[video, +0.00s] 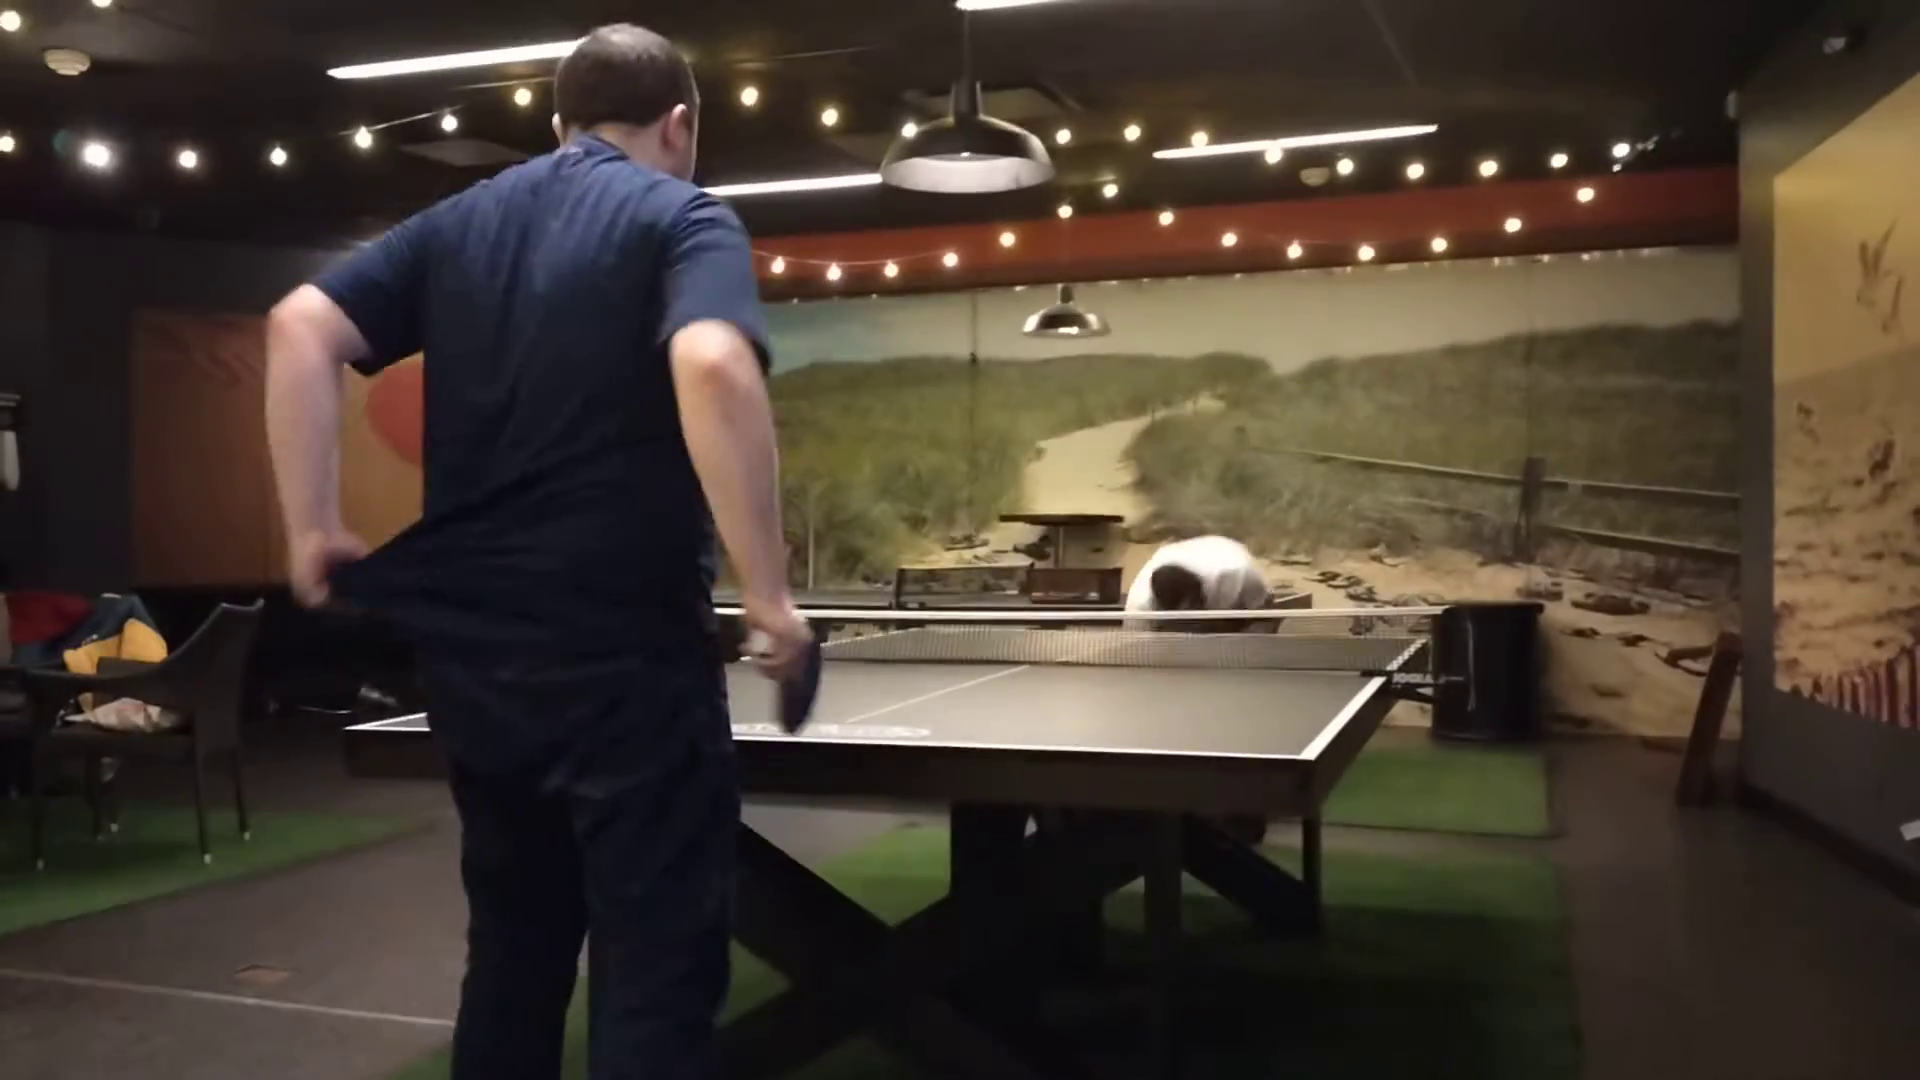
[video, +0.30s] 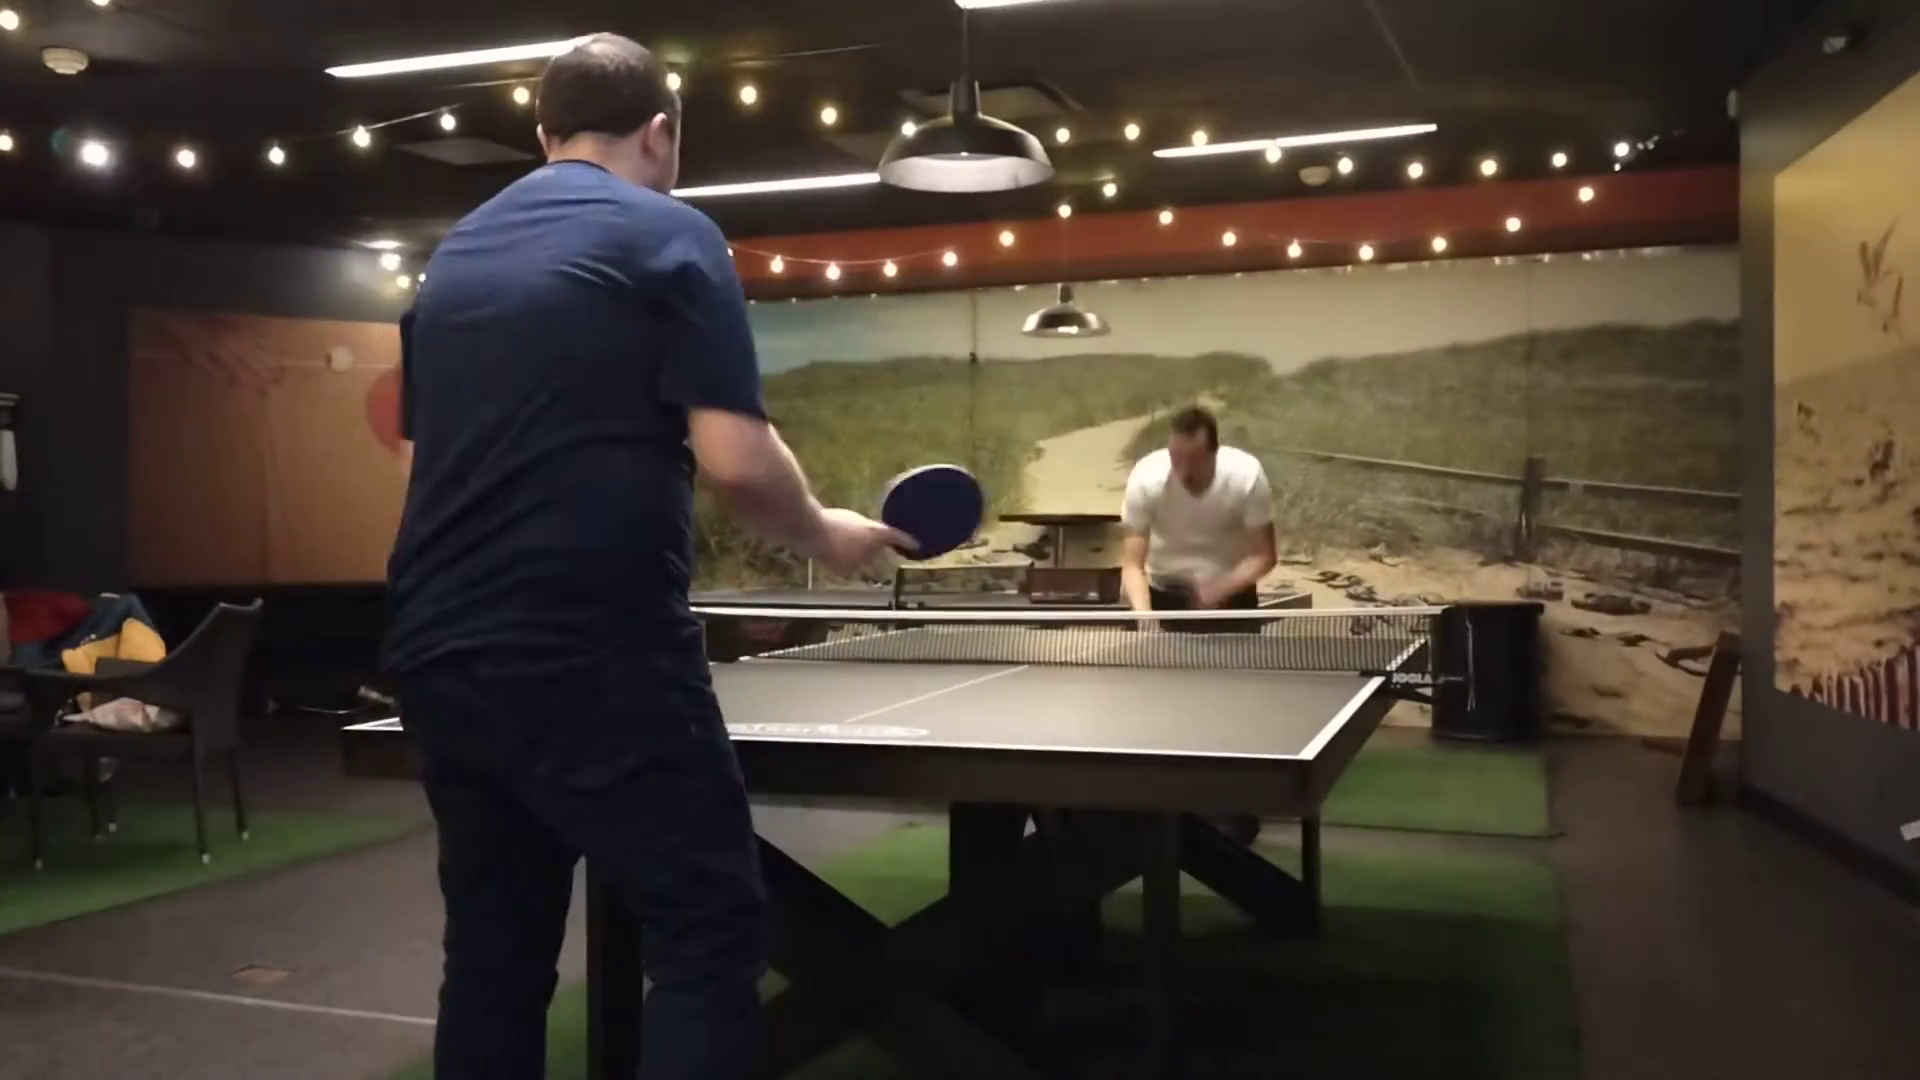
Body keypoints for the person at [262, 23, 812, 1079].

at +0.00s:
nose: (693, 155)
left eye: (692, 139)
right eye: (694, 136)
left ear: (562, 124)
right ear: (675, 126)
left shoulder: (462, 219)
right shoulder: (682, 216)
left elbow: (304, 324)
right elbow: (712, 359)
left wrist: (312, 528)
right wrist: (770, 598)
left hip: (473, 649)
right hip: (626, 656)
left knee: (513, 952)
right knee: (661, 977)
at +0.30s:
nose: (674, 160)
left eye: (667, 143)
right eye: (675, 141)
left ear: (544, 137)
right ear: (658, 133)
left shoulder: (457, 249)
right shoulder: (673, 235)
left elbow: (428, 435)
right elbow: (737, 459)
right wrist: (823, 532)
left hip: (444, 656)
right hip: (604, 655)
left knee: (493, 954)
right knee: (708, 932)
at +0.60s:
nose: (743, 155)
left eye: (736, 140)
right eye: (742, 139)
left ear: (608, 143)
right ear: (729, 135)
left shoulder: (522, 234)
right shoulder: (767, 254)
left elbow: (477, 433)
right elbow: (834, 498)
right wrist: (765, 566)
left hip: (483, 666)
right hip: (658, 672)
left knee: (497, 970)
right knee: (683, 985)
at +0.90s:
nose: (760, 175)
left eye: (759, 161)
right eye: (762, 157)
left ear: (625, 142)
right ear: (750, 149)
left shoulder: (517, 242)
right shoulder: (777, 261)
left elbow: (425, 461)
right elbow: (895, 480)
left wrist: (373, 651)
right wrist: (827, 641)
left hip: (461, 679)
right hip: (651, 690)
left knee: (390, 961)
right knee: (665, 1000)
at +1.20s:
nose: (620, 164)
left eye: (618, 149)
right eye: (620, 147)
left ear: (479, 141)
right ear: (599, 142)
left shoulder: (363, 250)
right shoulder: (629, 265)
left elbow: (290, 476)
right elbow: (718, 475)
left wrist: (313, 620)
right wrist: (676, 642)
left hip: (342, 691)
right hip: (537, 706)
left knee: (290, 1004)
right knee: (612, 1006)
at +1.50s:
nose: (475, 161)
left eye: (475, 145)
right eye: (476, 141)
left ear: (334, 127)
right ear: (452, 132)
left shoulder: (226, 238)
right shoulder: (493, 227)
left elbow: (143, 476)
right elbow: (670, 422)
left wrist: (144, 676)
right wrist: (621, 518)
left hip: (252, 691)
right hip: (458, 678)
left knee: (247, 1005)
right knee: (567, 981)